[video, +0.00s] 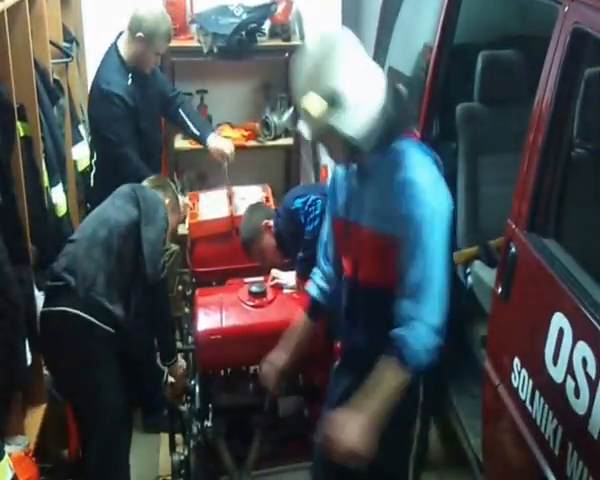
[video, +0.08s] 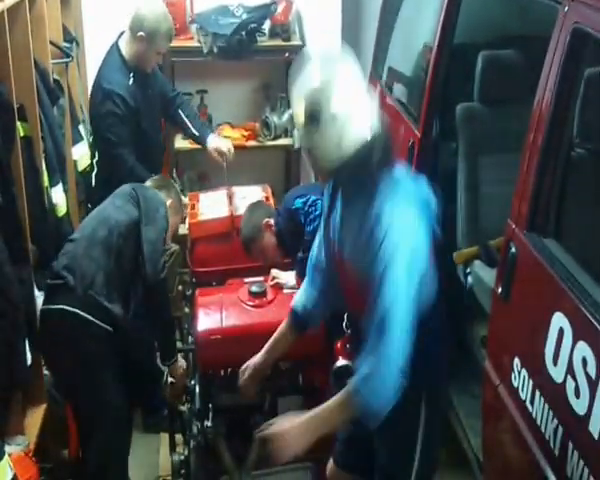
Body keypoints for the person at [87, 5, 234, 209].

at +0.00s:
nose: (159, 62)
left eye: (161, 55)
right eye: (156, 54)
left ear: (140, 40)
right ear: (139, 40)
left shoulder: (139, 61)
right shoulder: (110, 91)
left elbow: (173, 102)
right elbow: (124, 160)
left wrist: (209, 138)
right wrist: (162, 191)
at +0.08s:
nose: (160, 61)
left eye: (163, 54)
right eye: (158, 53)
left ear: (141, 39)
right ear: (140, 39)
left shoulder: (138, 61)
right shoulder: (112, 90)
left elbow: (173, 102)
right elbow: (121, 161)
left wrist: (208, 138)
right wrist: (159, 189)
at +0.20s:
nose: (162, 61)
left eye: (165, 55)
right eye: (160, 54)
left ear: (143, 38)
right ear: (143, 39)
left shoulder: (139, 59)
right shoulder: (113, 90)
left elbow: (173, 102)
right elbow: (117, 160)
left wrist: (207, 137)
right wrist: (156, 185)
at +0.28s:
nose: (163, 61)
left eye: (165, 55)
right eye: (161, 54)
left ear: (144, 38)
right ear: (144, 38)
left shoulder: (140, 60)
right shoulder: (114, 89)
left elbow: (172, 101)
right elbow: (115, 160)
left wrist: (205, 136)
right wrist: (155, 186)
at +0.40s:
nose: (166, 62)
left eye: (169, 55)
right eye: (165, 54)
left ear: (147, 39)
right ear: (147, 39)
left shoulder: (143, 63)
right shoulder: (119, 89)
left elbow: (170, 103)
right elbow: (118, 161)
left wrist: (202, 135)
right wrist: (159, 189)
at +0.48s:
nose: (167, 62)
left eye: (170, 55)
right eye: (166, 54)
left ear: (148, 39)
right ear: (148, 39)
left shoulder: (144, 63)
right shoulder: (120, 89)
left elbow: (169, 105)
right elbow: (119, 161)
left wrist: (201, 135)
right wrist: (161, 188)